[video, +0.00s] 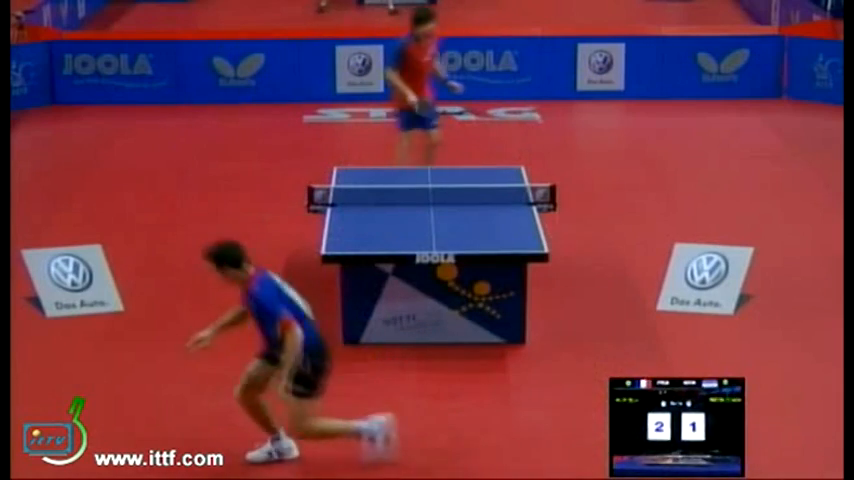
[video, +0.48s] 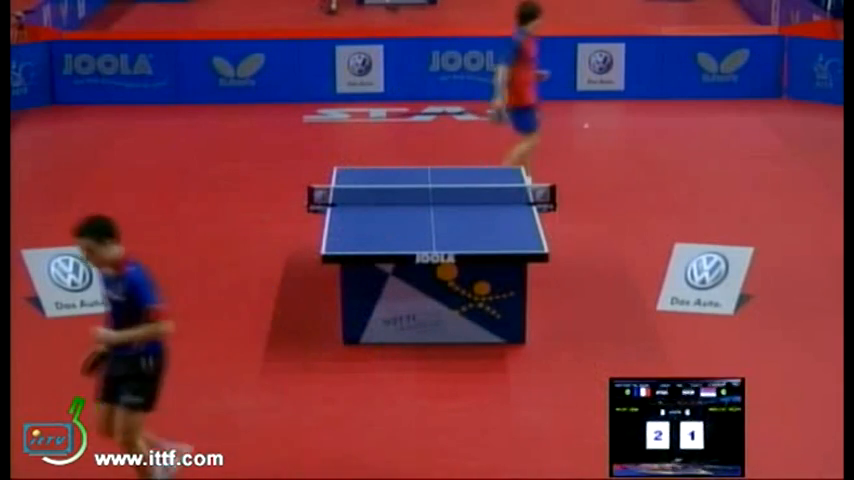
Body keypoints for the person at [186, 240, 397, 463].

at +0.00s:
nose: (222, 277)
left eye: (221, 272)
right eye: (219, 272)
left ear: (230, 270)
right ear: (240, 262)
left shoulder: (262, 290)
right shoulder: (254, 283)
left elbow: (294, 333)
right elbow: (245, 313)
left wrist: (284, 375)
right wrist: (212, 332)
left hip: (307, 352)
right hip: (279, 349)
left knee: (301, 426)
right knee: (246, 395)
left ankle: (370, 428)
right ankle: (280, 444)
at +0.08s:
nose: (196, 270)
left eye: (196, 263)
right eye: (193, 264)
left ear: (211, 256)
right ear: (213, 254)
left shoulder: (246, 276)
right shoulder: (225, 278)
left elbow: (287, 310)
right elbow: (220, 307)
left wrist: (261, 349)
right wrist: (192, 327)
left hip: (282, 342)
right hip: (256, 342)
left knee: (255, 413)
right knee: (240, 397)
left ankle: (319, 432)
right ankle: (280, 441)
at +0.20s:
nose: (164, 255)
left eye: (165, 248)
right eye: (161, 249)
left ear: (181, 238)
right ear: (176, 241)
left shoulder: (216, 258)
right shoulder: (184, 263)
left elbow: (264, 285)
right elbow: (184, 294)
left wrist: (232, 315)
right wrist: (166, 325)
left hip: (241, 329)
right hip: (217, 328)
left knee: (207, 402)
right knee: (226, 384)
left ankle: (229, 463)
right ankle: (266, 427)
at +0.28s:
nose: (142, 252)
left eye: (143, 245)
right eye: (139, 246)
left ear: (160, 236)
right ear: (154, 239)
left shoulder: (196, 257)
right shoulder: (158, 262)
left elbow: (243, 285)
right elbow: (160, 293)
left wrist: (206, 314)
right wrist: (149, 329)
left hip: (215, 331)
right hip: (188, 331)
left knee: (180, 409)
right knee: (203, 388)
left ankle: (183, 467)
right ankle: (248, 421)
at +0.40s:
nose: (111, 259)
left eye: (113, 252)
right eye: (108, 253)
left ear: (130, 245)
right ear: (123, 249)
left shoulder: (166, 274)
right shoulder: (130, 276)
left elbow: (199, 315)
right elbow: (135, 316)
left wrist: (154, 335)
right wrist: (123, 349)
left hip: (171, 352)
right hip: (144, 351)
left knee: (141, 425)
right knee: (146, 417)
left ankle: (152, 471)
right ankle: (205, 428)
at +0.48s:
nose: (87, 257)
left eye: (89, 250)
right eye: (85, 251)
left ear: (107, 243)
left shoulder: (135, 276)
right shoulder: (109, 277)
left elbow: (162, 325)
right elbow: (121, 324)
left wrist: (115, 336)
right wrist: (103, 352)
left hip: (143, 356)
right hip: (120, 355)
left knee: (127, 434)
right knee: (106, 425)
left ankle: (156, 470)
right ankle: (169, 452)